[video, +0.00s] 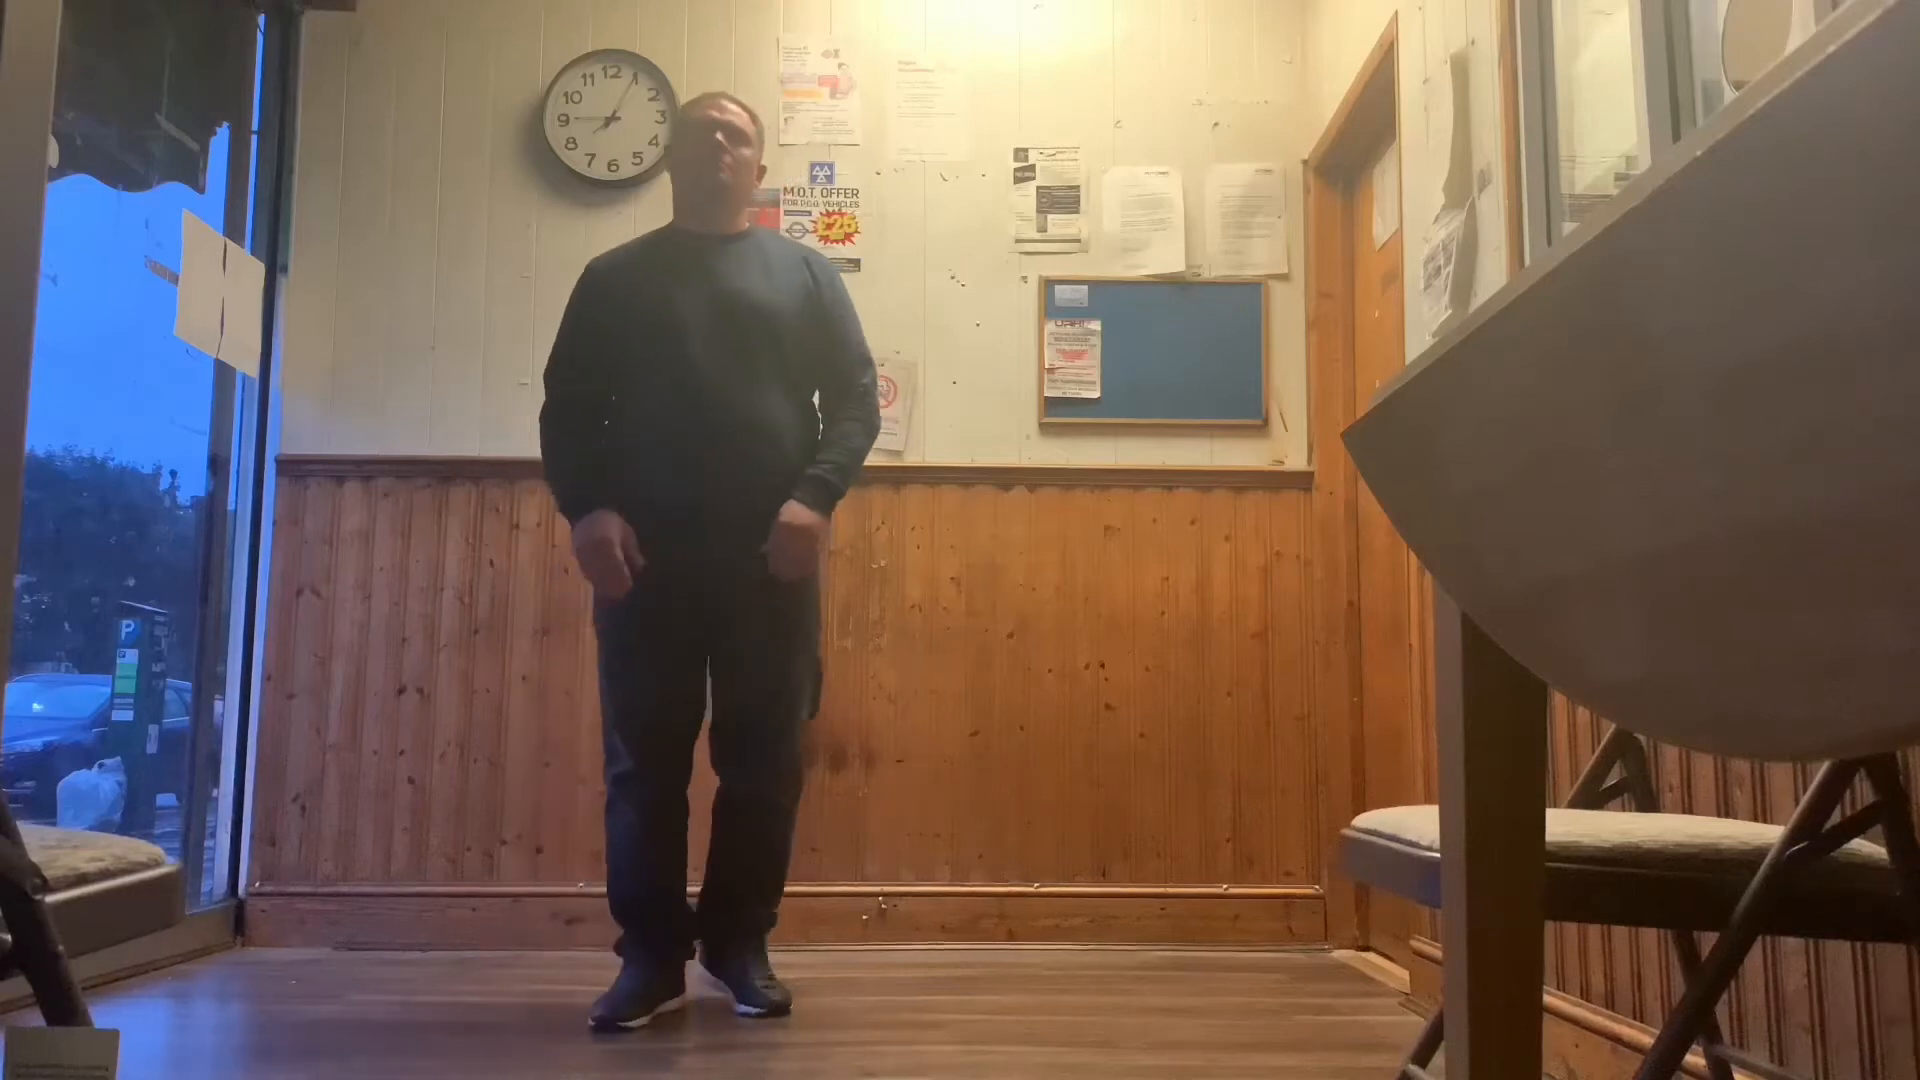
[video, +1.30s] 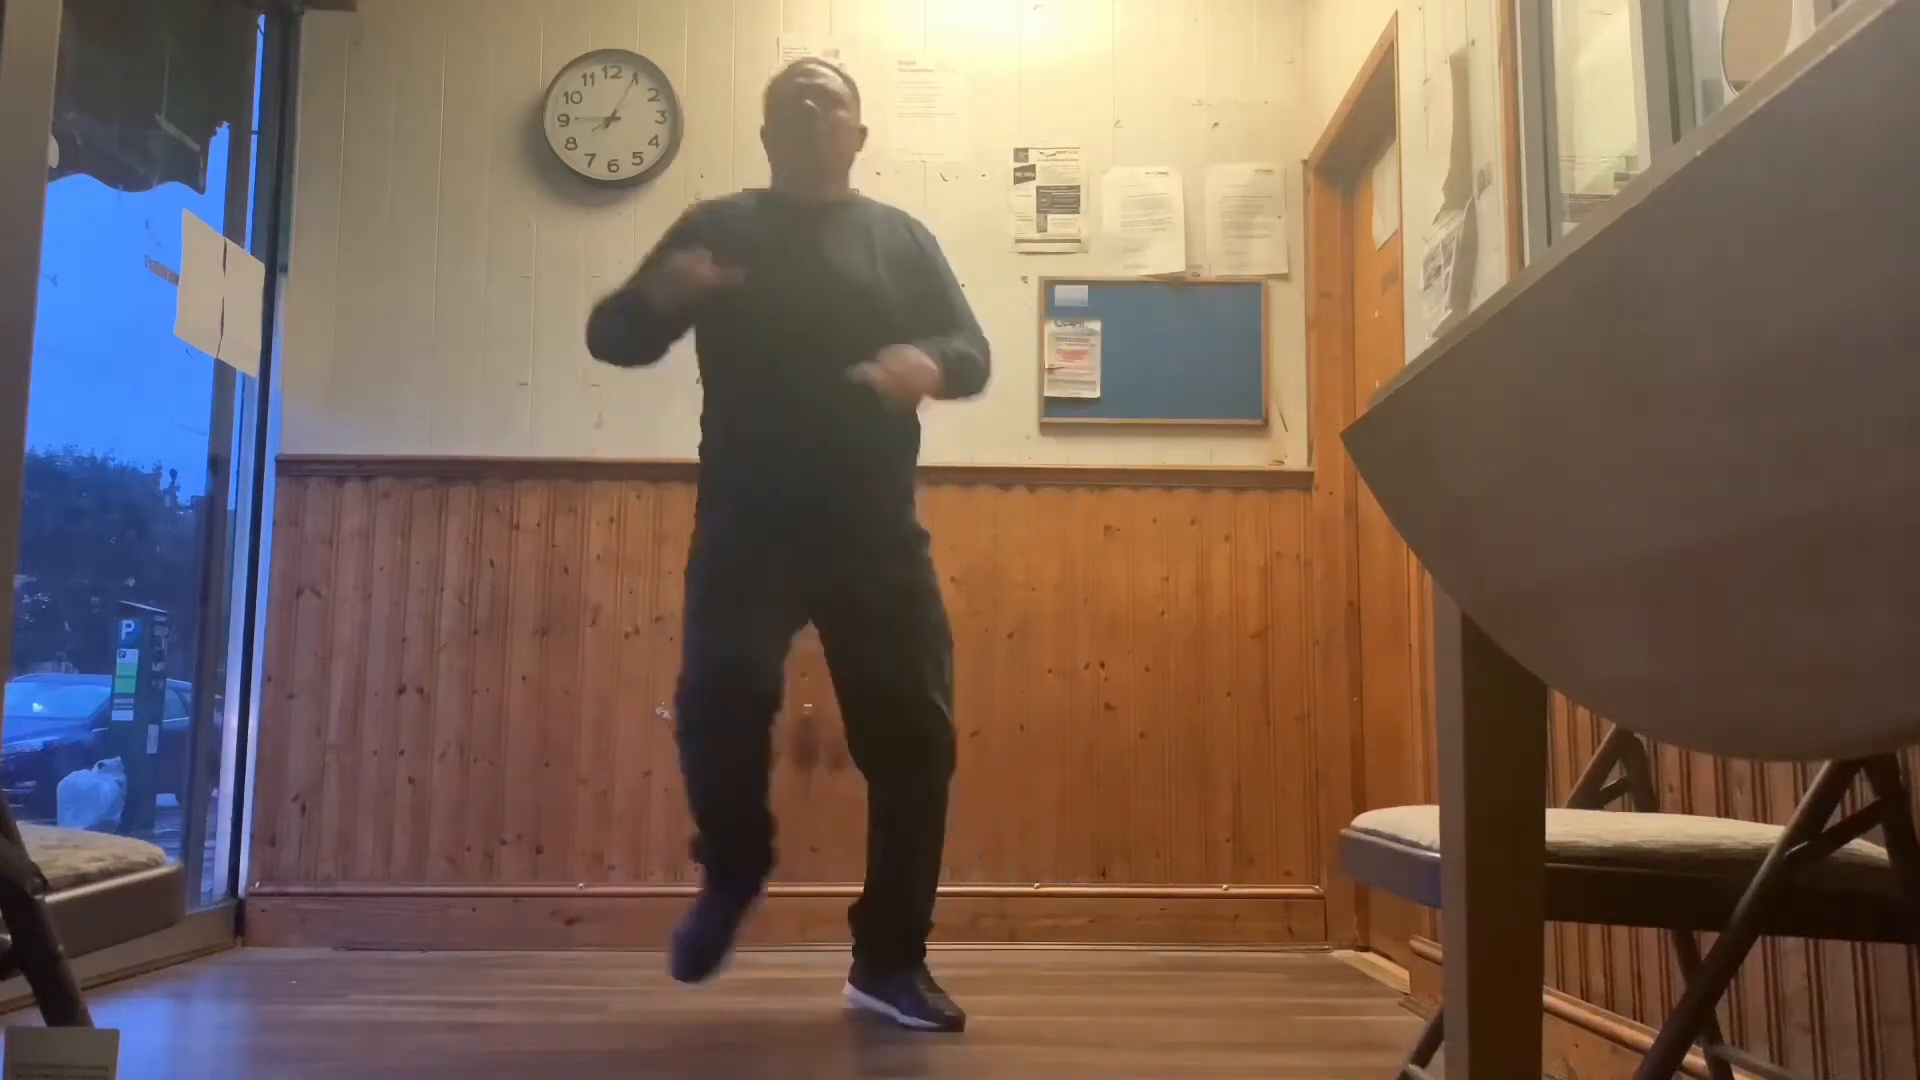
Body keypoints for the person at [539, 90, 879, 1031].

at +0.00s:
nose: (714, 140)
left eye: (733, 133)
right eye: (697, 129)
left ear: (760, 168)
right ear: (667, 160)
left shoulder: (806, 274)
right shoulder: (613, 276)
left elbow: (856, 403)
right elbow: (566, 404)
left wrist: (815, 495)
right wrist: (585, 507)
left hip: (768, 562)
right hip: (644, 561)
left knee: (762, 770)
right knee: (643, 771)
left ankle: (737, 950)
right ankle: (649, 960)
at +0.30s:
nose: (732, 131)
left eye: (751, 124)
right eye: (713, 119)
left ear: (779, 160)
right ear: (683, 152)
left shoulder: (815, 267)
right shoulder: (622, 256)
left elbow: (873, 391)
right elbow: (562, 377)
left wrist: (838, 415)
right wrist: (657, 409)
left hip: (784, 554)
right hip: (656, 554)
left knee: (821, 749)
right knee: (648, 767)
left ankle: (840, 963)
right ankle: (650, 962)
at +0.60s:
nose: (811, 133)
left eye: (822, 123)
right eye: (788, 120)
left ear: (842, 153)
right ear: (744, 150)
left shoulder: (889, 258)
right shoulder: (702, 259)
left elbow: (936, 370)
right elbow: (663, 387)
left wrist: (939, 422)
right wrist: (776, 408)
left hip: (868, 557)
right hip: (741, 557)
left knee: (882, 777)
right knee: (702, 759)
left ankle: (838, 972)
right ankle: (660, 941)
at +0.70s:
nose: (830, 124)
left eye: (841, 110)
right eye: (806, 111)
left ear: (861, 133)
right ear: (762, 135)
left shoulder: (909, 231)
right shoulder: (722, 244)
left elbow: (974, 357)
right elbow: (672, 363)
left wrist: (1038, 471)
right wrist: (679, 457)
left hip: (895, 534)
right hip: (772, 530)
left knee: (912, 752)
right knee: (768, 735)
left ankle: (848, 956)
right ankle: (739, 933)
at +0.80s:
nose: (842, 114)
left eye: (853, 100)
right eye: (818, 103)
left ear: (875, 123)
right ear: (775, 128)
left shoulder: (924, 213)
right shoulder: (735, 233)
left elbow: (1019, 315)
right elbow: (627, 332)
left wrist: (1124, 400)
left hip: (919, 517)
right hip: (799, 525)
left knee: (971, 733)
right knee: (838, 746)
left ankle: (867, 929)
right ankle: (885, 982)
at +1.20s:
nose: (845, 132)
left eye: (863, 121)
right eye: (824, 122)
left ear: (892, 158)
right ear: (794, 158)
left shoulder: (931, 270)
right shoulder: (745, 265)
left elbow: (1003, 388)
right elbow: (677, 376)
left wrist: (1086, 472)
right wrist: (602, 447)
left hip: (899, 542)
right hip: (778, 540)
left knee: (945, 757)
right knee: (823, 726)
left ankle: (900, 959)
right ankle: (870, 977)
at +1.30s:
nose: (813, 117)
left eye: (830, 105)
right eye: (795, 104)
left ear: (860, 136)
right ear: (765, 135)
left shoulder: (902, 240)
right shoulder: (715, 229)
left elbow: (973, 356)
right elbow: (608, 340)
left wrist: (930, 363)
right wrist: (662, 296)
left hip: (874, 532)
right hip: (748, 529)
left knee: (916, 740)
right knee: (714, 712)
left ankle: (891, 966)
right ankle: (734, 872)